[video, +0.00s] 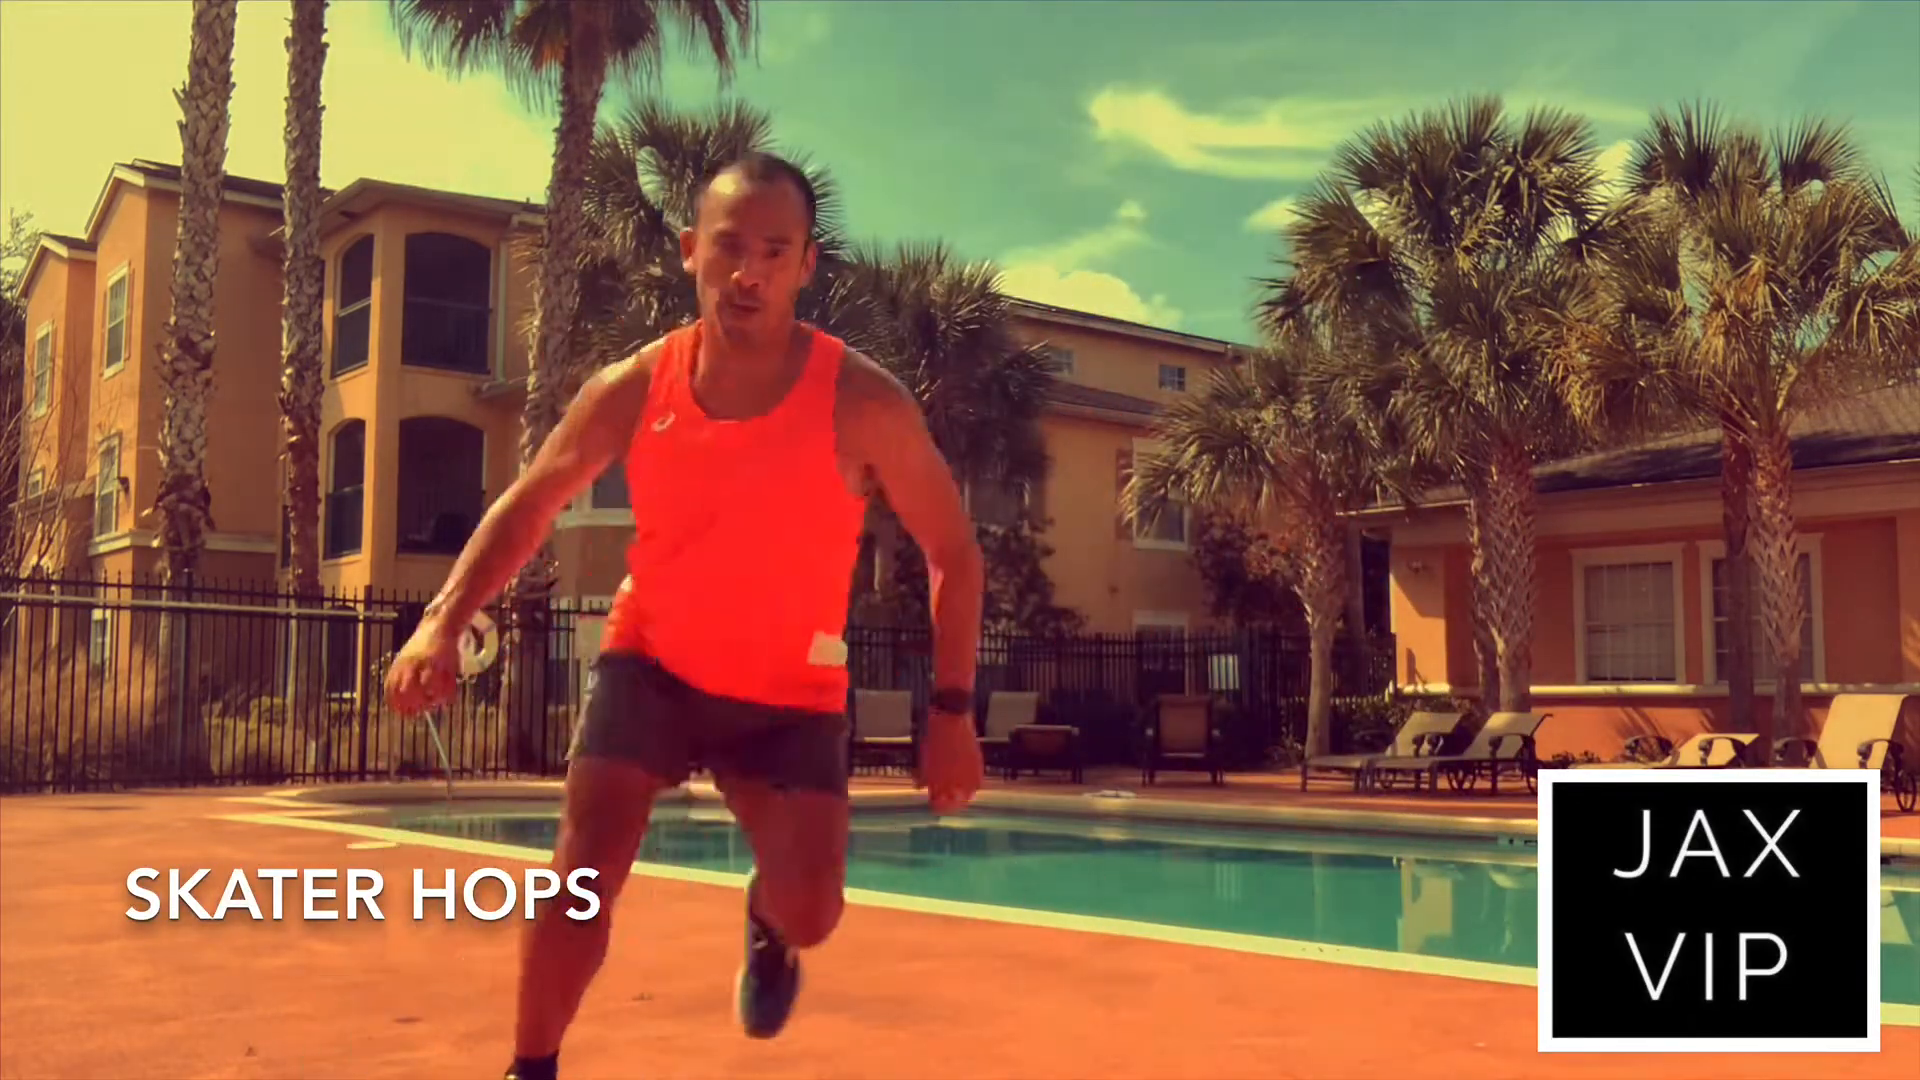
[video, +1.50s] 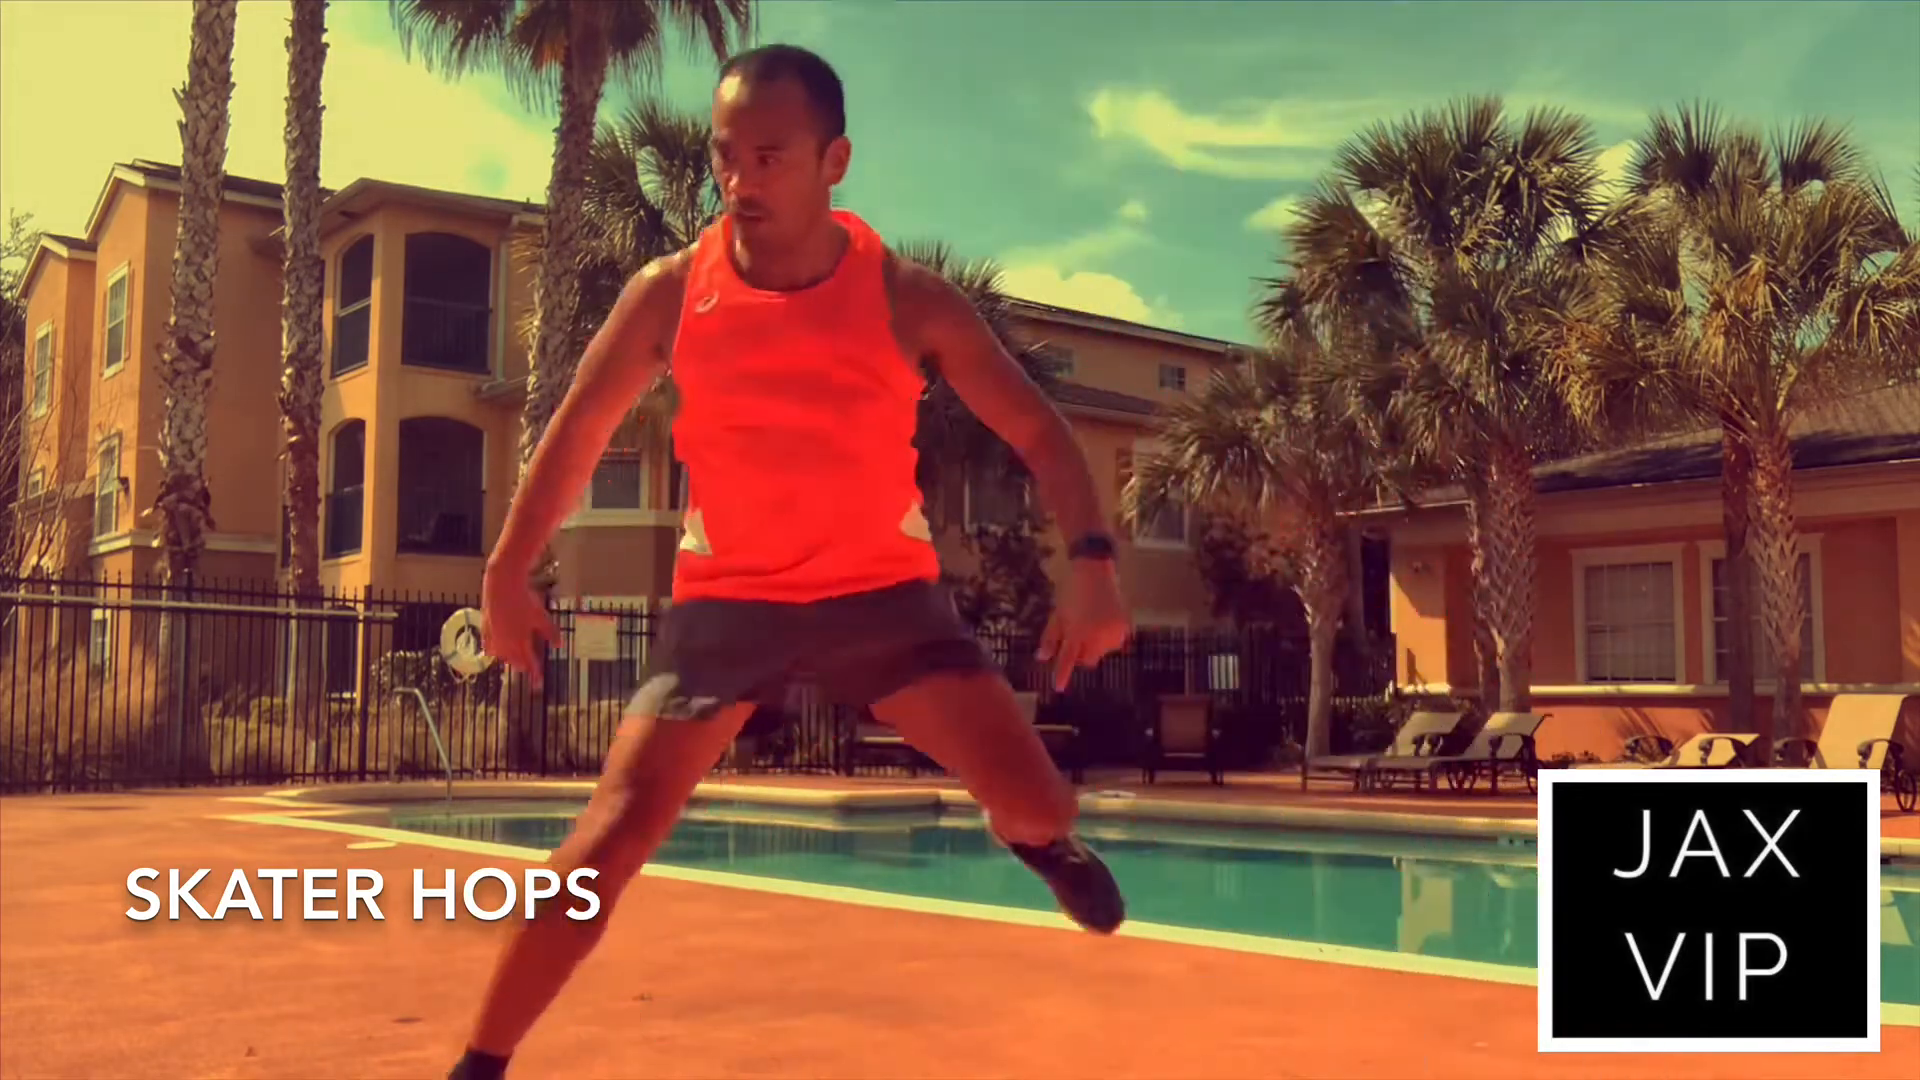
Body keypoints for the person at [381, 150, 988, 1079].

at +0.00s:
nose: (748, 268)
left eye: (773, 249)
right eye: (728, 244)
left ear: (806, 264)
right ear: (690, 251)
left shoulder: (865, 405)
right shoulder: (637, 389)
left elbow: (956, 555)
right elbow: (533, 499)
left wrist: (952, 709)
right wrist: (443, 619)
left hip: (794, 691)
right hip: (650, 669)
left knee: (809, 915)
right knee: (583, 877)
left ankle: (770, 919)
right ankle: (532, 1067)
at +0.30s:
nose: (1166, 198)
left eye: (1188, 174)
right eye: (1143, 169)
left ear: (1207, 177)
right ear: (1088, 166)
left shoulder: (1234, 296)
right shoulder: (1003, 292)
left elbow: (1286, 384)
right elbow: (884, 400)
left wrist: (1308, 499)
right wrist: (802, 524)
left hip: (1164, 604)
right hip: (1004, 597)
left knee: (1299, 807)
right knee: (859, 828)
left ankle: (1448, 1026)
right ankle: (857, 917)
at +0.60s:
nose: (1443, 390)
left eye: (1461, 366)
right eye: (1417, 362)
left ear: (1476, 375)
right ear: (1351, 371)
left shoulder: (1456, 464)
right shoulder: (1300, 513)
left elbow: (1449, 538)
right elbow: (1303, 736)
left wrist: (1473, 600)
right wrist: (1449, 881)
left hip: (1406, 704)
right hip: (1285, 751)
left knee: (1466, 880)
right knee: (1405, 997)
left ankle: (1477, 1075)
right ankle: (1494, 966)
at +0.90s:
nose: (1460, 427)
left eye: (1480, 401)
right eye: (1433, 398)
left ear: (1497, 412)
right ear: (1371, 407)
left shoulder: (1483, 502)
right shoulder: (1325, 552)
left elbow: (1509, 565)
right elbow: (1390, 765)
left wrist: (1542, 639)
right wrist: (1553, 861)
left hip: (1451, 716)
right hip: (1334, 779)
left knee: (1507, 870)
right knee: (1472, 940)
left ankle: (1484, 1073)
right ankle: (1640, 1040)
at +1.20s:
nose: (1181, 236)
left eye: (1208, 213)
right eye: (1161, 214)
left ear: (1253, 230)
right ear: (1134, 231)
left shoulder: (1317, 354)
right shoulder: (1080, 362)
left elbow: (1448, 459)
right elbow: (901, 450)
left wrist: (1447, 551)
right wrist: (840, 592)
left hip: (1312, 655)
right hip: (1154, 663)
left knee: (1427, 863)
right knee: (1080, 867)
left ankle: (1483, 1069)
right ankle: (1135, 908)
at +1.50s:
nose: (739, 182)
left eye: (767, 156)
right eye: (726, 156)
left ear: (834, 159)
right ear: (710, 155)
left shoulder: (908, 296)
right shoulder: (669, 294)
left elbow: (1036, 432)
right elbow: (576, 434)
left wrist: (1091, 558)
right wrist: (504, 572)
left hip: (885, 599)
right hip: (726, 606)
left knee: (1042, 808)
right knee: (613, 834)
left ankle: (1040, 844)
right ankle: (480, 1063)